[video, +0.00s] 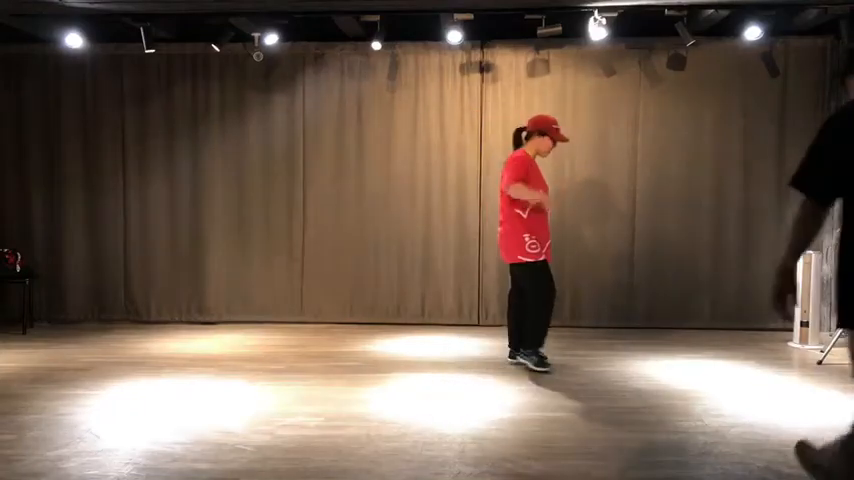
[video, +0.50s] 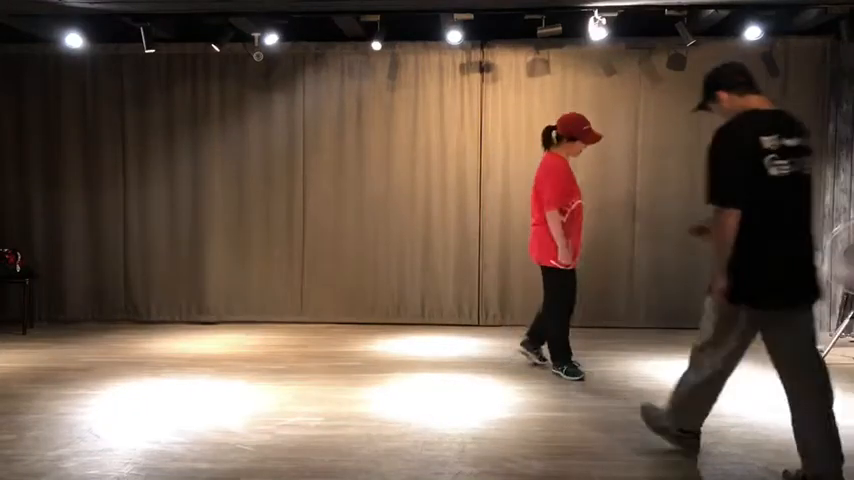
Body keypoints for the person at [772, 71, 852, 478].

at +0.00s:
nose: (844, 85)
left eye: (845, 77)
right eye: (845, 79)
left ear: (848, 78)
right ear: (848, 80)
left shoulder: (845, 122)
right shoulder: (843, 122)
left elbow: (815, 203)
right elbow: (815, 203)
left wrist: (788, 265)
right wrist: (789, 265)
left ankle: (844, 455)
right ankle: (843, 452)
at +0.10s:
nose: (826, 88)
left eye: (828, 81)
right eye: (829, 80)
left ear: (837, 79)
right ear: (841, 79)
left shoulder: (824, 124)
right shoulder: (823, 123)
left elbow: (792, 204)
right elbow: (793, 205)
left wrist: (771, 268)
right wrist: (772, 268)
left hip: (841, 278)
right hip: (839, 276)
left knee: (840, 371)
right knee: (839, 369)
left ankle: (839, 458)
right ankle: (834, 457)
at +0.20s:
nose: (793, 100)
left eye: (793, 92)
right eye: (792, 93)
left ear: (804, 83)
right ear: (843, 79)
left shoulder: (800, 122)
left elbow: (780, 207)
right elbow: (781, 207)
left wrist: (765, 269)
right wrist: (768, 269)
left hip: (820, 273)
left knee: (790, 359)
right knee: (844, 372)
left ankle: (843, 452)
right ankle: (828, 464)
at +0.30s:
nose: (769, 103)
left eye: (767, 96)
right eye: (766, 97)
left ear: (778, 85)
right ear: (815, 80)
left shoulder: (780, 123)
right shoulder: (849, 115)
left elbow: (769, 204)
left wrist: (760, 267)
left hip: (803, 267)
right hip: (847, 264)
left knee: (750, 342)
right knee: (837, 372)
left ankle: (807, 448)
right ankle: (832, 463)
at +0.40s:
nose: (742, 111)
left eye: (739, 103)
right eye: (738, 105)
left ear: (751, 89)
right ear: (783, 84)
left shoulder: (757, 127)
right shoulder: (826, 122)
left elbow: (754, 204)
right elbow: (835, 207)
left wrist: (744, 263)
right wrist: (839, 273)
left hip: (770, 267)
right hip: (821, 266)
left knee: (725, 339)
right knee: (817, 368)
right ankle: (826, 469)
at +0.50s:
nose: (717, 115)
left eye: (714, 108)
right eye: (713, 109)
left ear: (723, 97)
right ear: (754, 91)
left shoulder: (732, 135)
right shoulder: (793, 127)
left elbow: (730, 213)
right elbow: (786, 203)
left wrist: (720, 271)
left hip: (749, 269)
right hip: (794, 267)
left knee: (713, 353)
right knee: (803, 371)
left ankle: (681, 423)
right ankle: (825, 468)